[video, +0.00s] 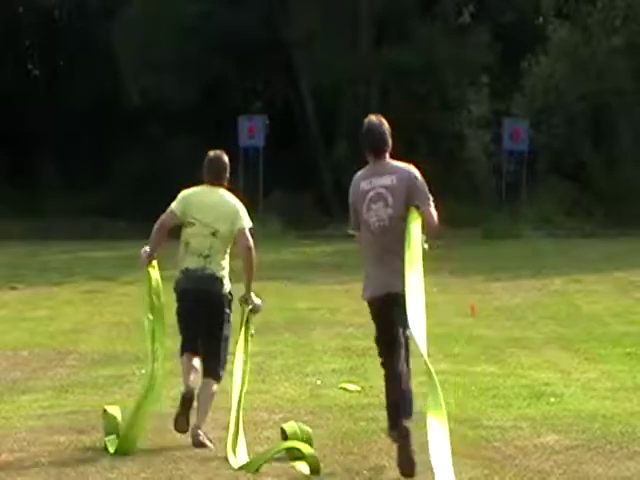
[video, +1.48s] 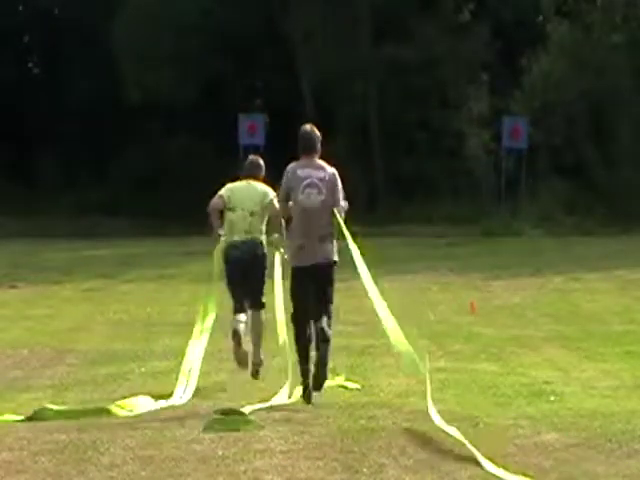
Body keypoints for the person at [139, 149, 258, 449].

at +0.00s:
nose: (220, 178)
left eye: (212, 171)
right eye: (225, 174)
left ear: (203, 173)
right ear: (227, 176)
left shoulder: (188, 196)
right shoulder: (235, 205)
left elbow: (162, 224)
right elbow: (247, 246)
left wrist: (151, 251)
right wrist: (248, 290)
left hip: (186, 280)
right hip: (216, 284)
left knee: (189, 344)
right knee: (213, 363)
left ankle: (189, 387)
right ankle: (198, 428)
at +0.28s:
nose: (230, 172)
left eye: (227, 167)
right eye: (230, 168)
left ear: (204, 169)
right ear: (226, 169)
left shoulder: (191, 192)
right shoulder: (233, 196)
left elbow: (168, 220)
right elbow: (244, 234)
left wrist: (157, 248)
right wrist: (247, 271)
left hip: (196, 272)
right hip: (224, 272)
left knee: (195, 342)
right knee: (220, 335)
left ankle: (196, 411)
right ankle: (216, 375)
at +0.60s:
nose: (239, 167)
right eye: (240, 163)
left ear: (217, 163)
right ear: (238, 164)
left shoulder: (206, 184)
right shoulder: (246, 191)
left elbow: (185, 210)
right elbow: (259, 237)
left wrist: (172, 235)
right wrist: (263, 273)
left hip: (209, 258)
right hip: (236, 259)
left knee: (216, 317)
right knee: (230, 324)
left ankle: (220, 376)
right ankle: (227, 381)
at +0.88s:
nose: (247, 170)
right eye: (247, 166)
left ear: (227, 165)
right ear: (248, 167)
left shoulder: (213, 186)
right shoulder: (253, 190)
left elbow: (192, 214)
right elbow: (270, 227)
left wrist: (184, 240)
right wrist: (282, 257)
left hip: (217, 254)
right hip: (244, 255)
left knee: (224, 320)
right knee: (242, 316)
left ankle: (229, 372)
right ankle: (244, 373)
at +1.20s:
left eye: (234, 173)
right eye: (246, 172)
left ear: (230, 174)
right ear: (249, 174)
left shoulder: (223, 193)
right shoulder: (259, 195)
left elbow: (207, 214)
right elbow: (276, 223)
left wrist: (197, 234)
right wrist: (291, 245)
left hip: (227, 255)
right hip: (251, 254)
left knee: (230, 312)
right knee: (245, 305)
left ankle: (234, 365)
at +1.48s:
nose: (262, 176)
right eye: (263, 173)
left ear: (244, 172)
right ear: (261, 173)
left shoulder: (230, 188)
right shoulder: (266, 192)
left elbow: (214, 206)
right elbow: (276, 216)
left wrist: (217, 229)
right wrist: (275, 234)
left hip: (232, 243)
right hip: (256, 243)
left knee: (239, 301)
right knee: (256, 304)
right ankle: (256, 356)